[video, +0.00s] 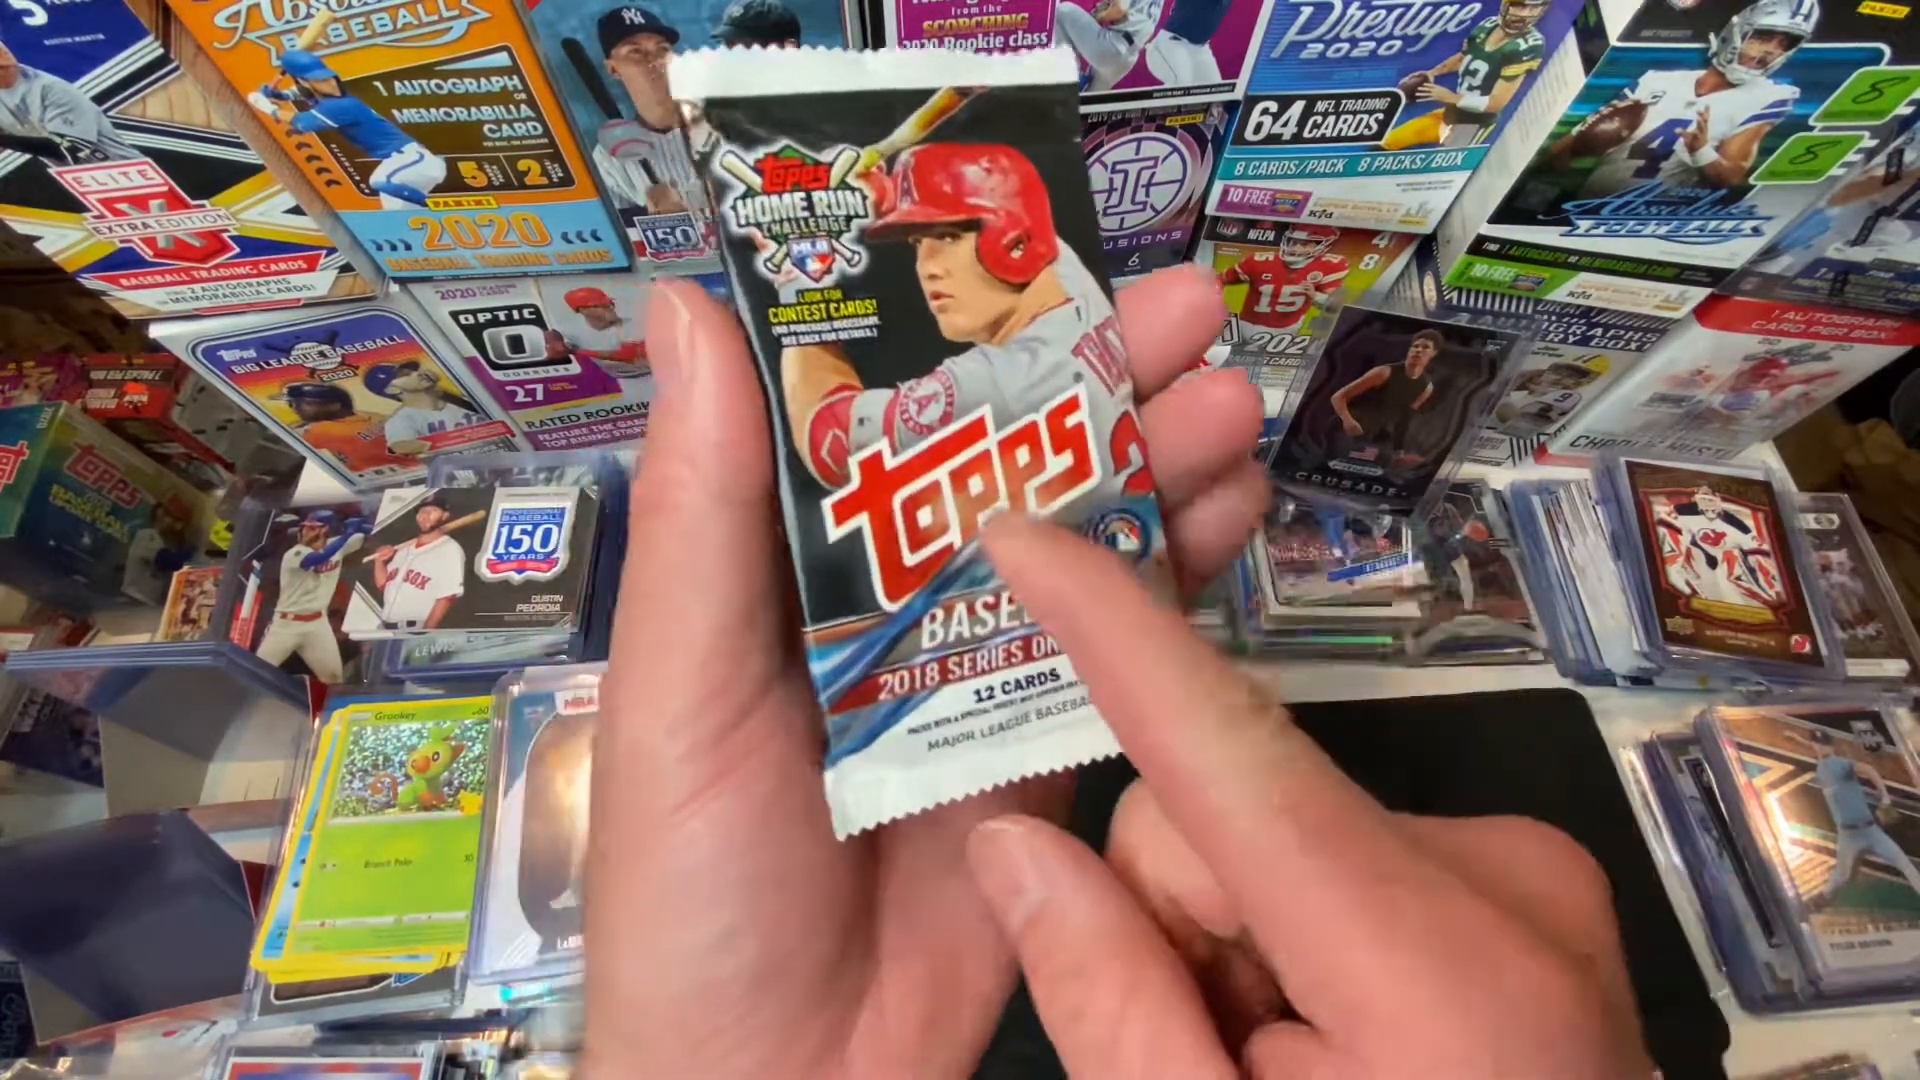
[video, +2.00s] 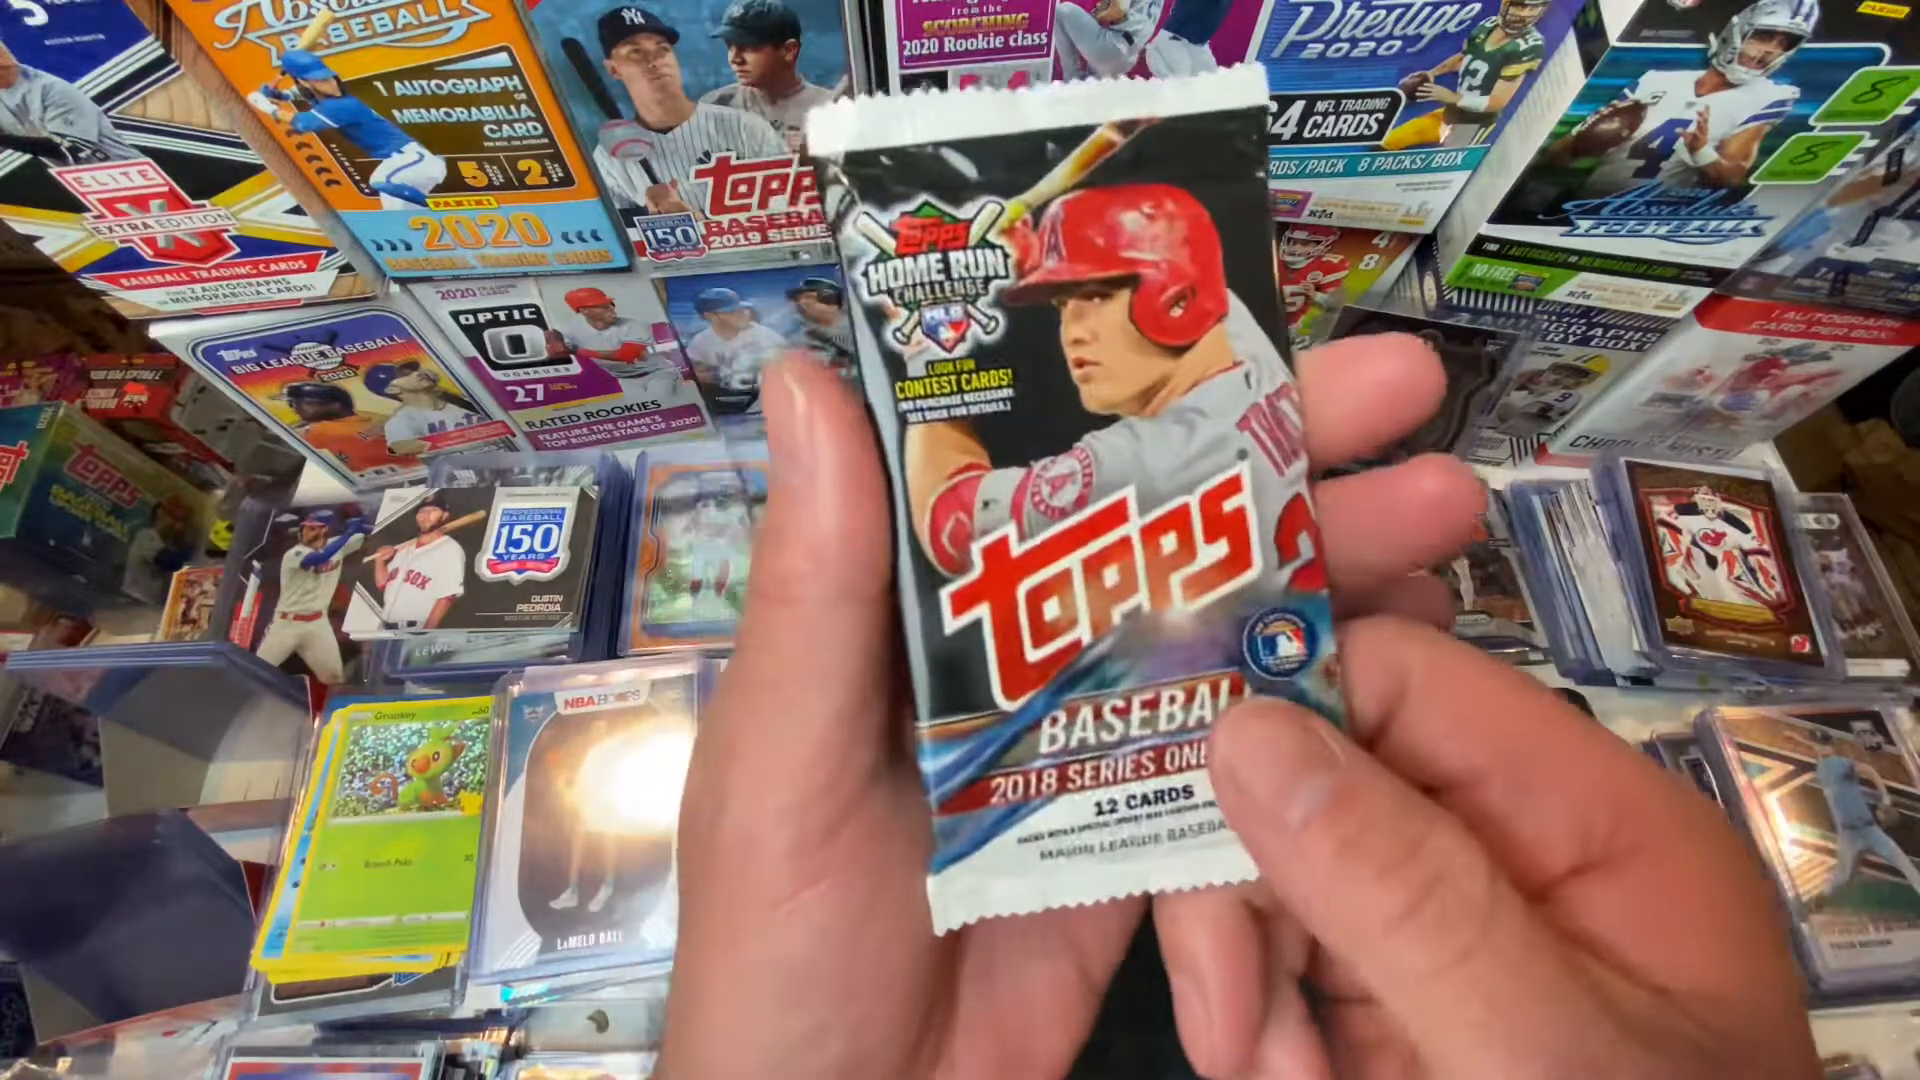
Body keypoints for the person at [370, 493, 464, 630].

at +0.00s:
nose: (425, 516)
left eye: (432, 511)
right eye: (422, 511)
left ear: (445, 516)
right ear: (416, 515)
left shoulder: (451, 550)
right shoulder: (405, 548)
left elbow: (446, 598)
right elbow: (383, 585)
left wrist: (425, 633)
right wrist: (379, 561)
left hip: (415, 630)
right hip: (385, 627)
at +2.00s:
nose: (426, 516)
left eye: (432, 511)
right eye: (422, 511)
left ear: (445, 516)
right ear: (416, 516)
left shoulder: (451, 550)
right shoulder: (404, 548)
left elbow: (447, 598)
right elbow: (382, 584)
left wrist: (425, 633)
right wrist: (380, 561)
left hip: (416, 631)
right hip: (386, 628)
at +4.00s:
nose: (425, 516)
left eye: (432, 511)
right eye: (422, 511)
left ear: (444, 516)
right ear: (416, 516)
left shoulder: (451, 550)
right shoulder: (406, 548)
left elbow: (446, 599)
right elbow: (382, 585)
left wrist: (424, 635)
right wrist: (379, 561)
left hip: (415, 631)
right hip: (386, 627)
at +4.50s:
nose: (425, 516)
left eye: (432, 511)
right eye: (422, 511)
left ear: (444, 516)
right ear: (416, 516)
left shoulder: (451, 549)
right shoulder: (405, 549)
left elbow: (446, 598)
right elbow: (382, 585)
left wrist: (424, 635)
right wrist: (379, 561)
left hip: (417, 631)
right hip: (386, 627)